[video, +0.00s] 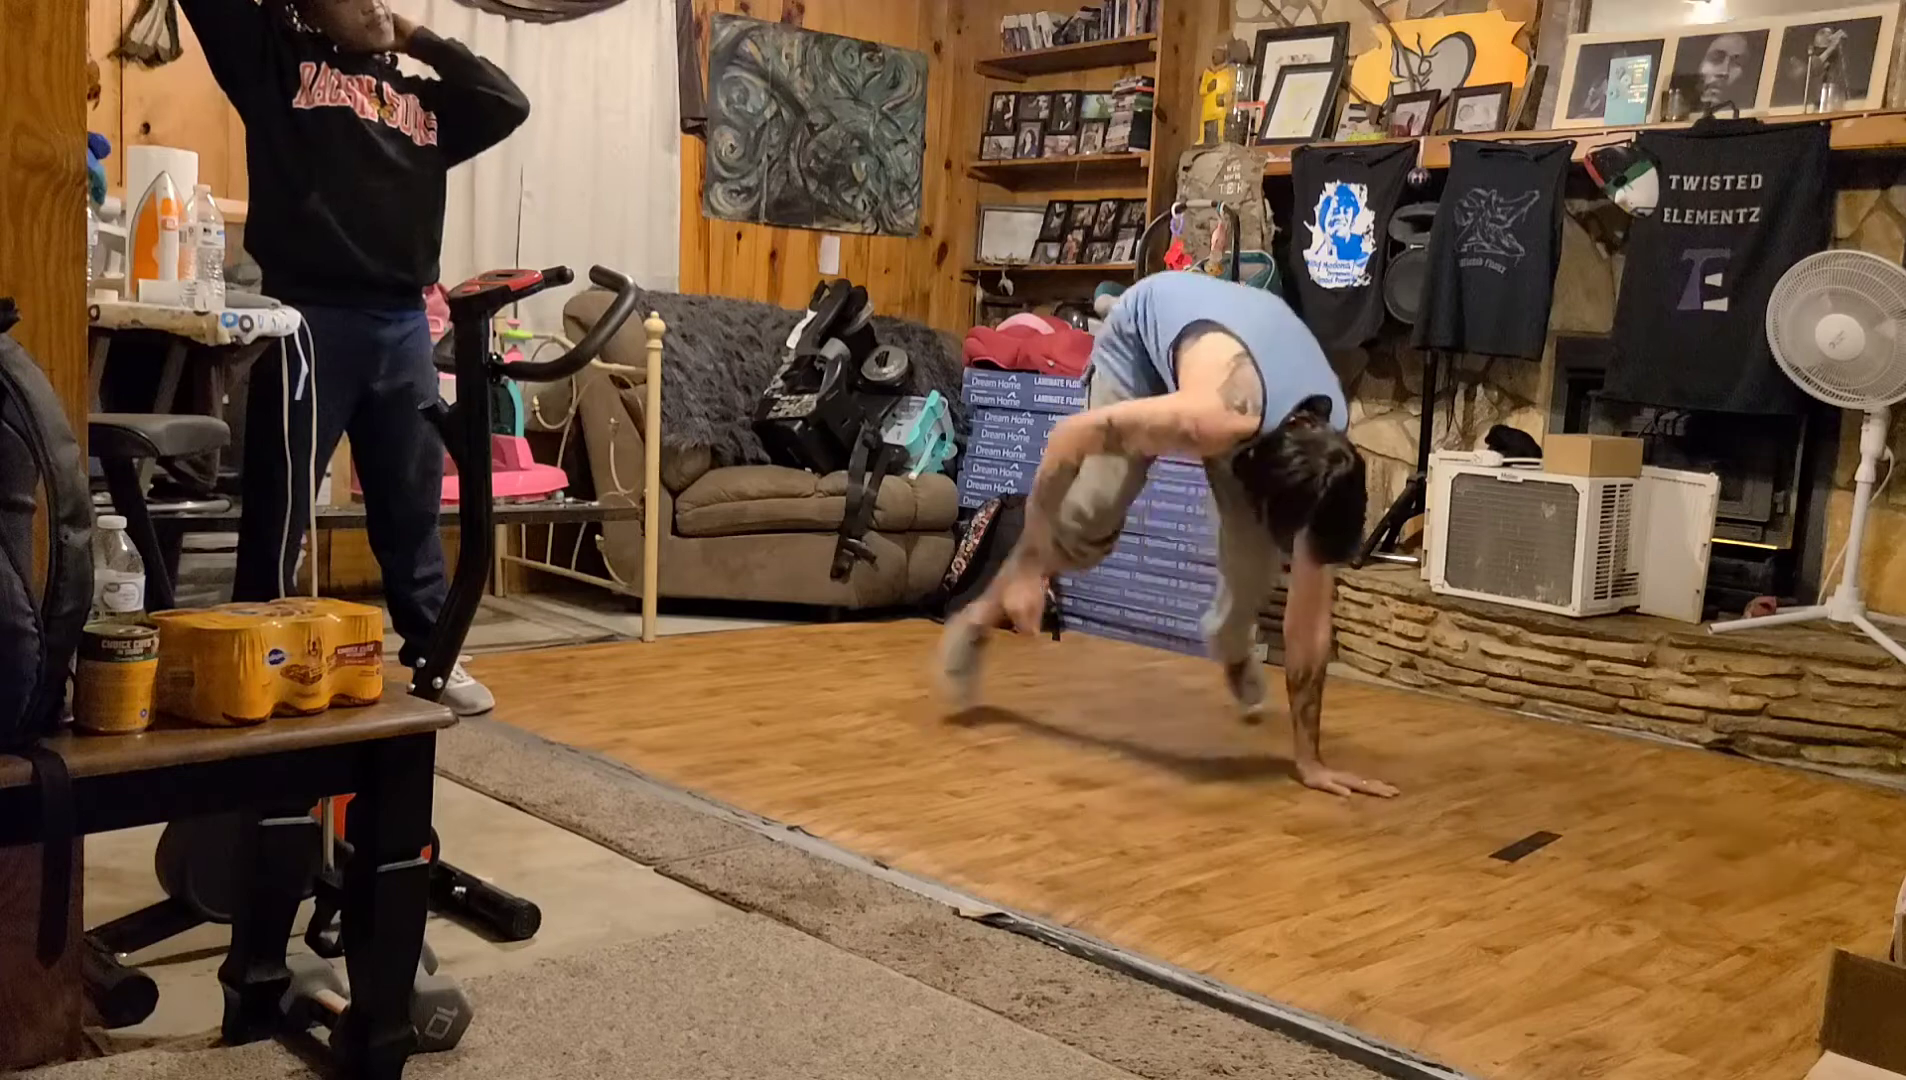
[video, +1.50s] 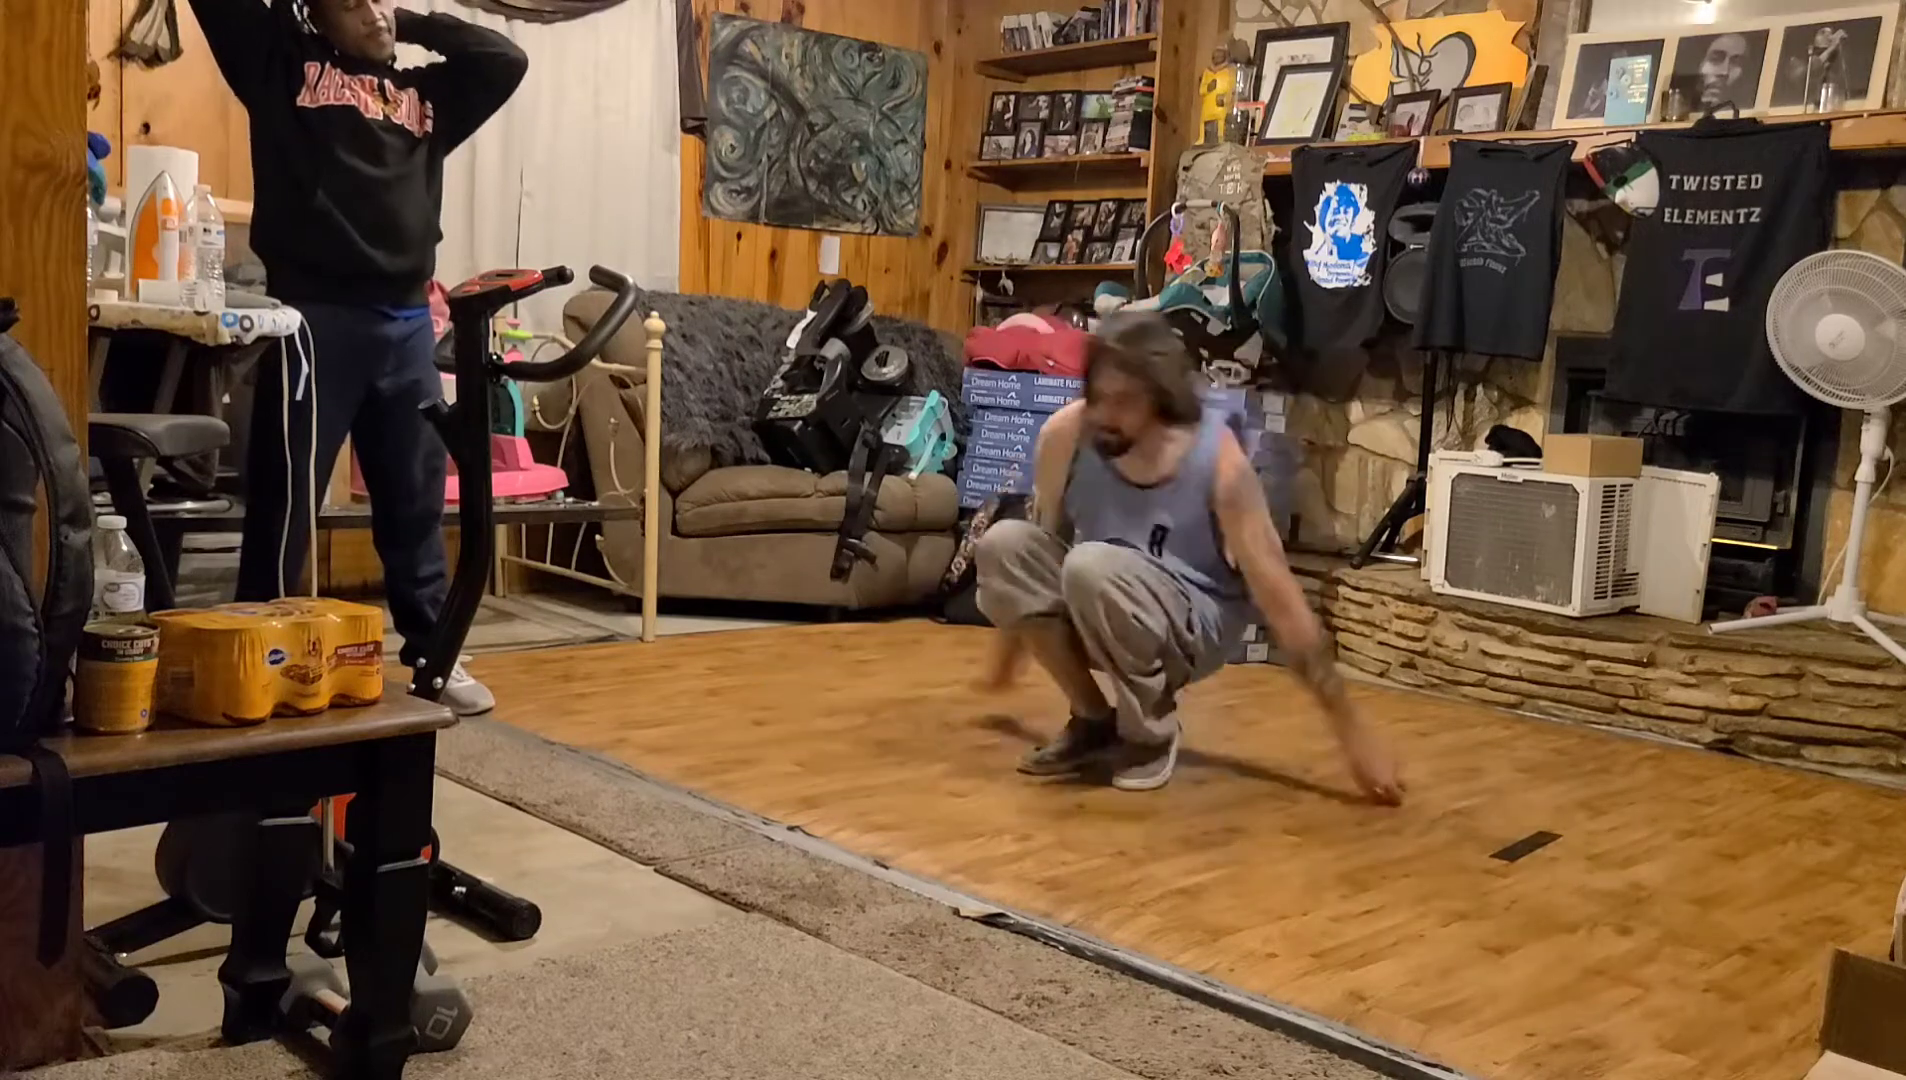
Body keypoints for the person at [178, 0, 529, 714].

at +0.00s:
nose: (378, 8)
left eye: (378, 0)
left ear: (383, 16)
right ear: (313, 10)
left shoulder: (421, 103)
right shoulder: (273, 57)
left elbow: (507, 105)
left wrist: (419, 38)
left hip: (401, 325)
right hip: (306, 320)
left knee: (412, 503)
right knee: (280, 504)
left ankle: (432, 657)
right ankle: (255, 663)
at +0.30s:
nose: (382, 9)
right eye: (359, 1)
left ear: (382, 13)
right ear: (313, 15)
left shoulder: (420, 100)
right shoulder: (274, 59)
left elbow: (504, 98)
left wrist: (414, 42)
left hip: (401, 325)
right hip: (308, 321)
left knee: (412, 503)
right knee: (280, 504)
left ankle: (432, 656)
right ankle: (254, 663)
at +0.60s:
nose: (381, 8)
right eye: (358, 0)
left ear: (379, 14)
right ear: (314, 15)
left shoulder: (421, 100)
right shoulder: (275, 59)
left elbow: (506, 90)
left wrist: (423, 37)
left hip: (402, 325)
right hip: (309, 320)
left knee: (413, 503)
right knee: (281, 504)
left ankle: (432, 658)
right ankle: (256, 664)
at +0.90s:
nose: (380, 10)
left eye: (378, 1)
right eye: (356, 1)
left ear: (380, 16)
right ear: (315, 15)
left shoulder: (420, 95)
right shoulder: (280, 60)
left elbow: (503, 53)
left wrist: (413, 26)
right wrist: (282, 9)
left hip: (405, 326)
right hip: (313, 322)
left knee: (415, 504)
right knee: (284, 505)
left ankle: (432, 658)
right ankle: (255, 665)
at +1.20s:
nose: (383, 10)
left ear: (391, 10)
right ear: (318, 12)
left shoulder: (424, 90)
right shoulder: (281, 60)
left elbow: (500, 41)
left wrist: (413, 13)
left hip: (406, 325)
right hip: (314, 321)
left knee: (416, 503)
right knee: (286, 504)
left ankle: (432, 659)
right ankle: (259, 666)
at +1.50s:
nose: (381, 13)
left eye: (381, 4)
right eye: (358, 3)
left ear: (384, 17)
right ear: (316, 16)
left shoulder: (422, 97)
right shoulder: (280, 62)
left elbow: (504, 60)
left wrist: (417, 25)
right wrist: (284, 10)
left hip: (405, 326)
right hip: (313, 322)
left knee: (416, 504)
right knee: (285, 505)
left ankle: (432, 658)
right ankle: (257, 666)